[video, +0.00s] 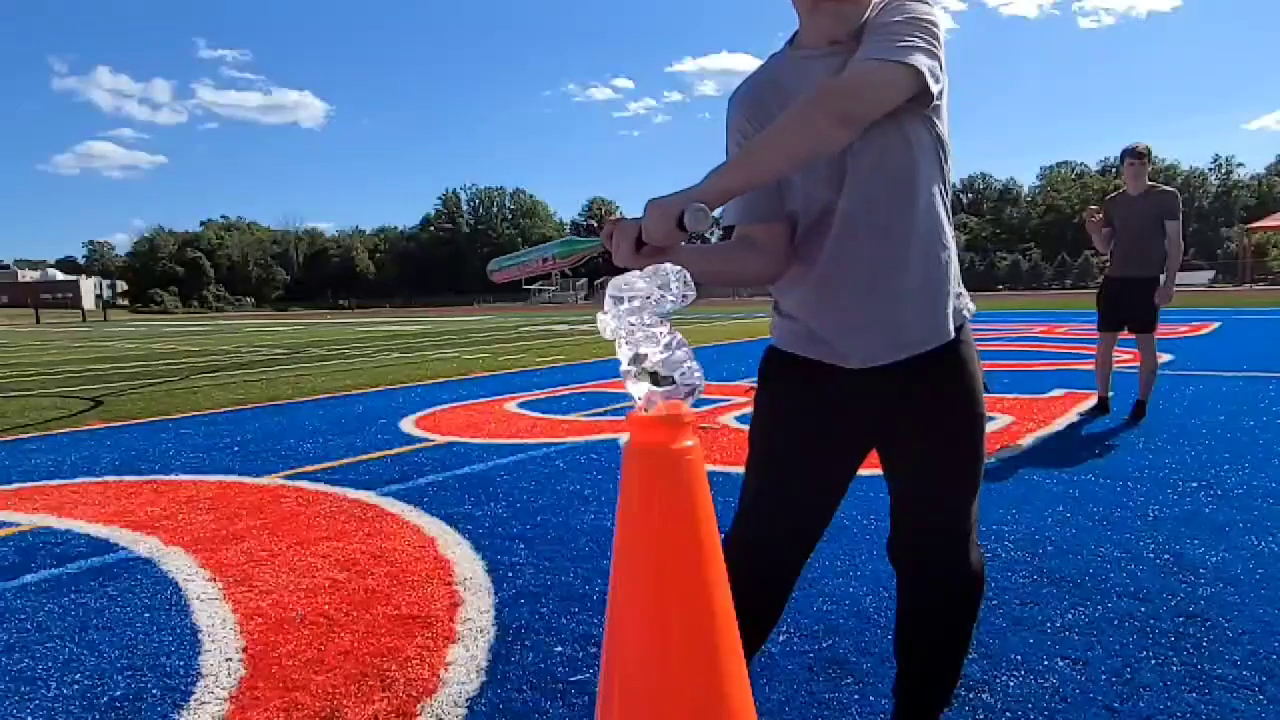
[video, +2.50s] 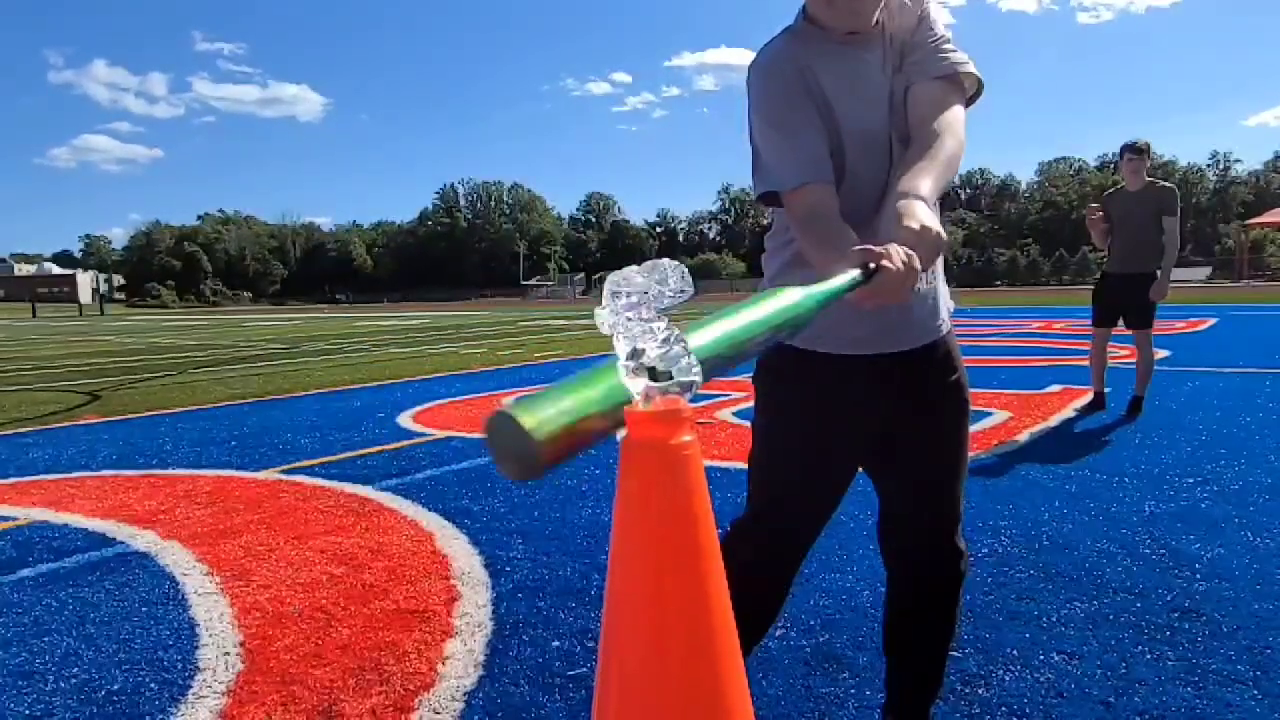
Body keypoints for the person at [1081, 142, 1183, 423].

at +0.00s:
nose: (1135, 165)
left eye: (1140, 160)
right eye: (1130, 161)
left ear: (1148, 165)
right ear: (1122, 167)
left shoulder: (1167, 197)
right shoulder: (1113, 202)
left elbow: (1174, 242)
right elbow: (1104, 247)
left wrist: (1168, 284)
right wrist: (1094, 229)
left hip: (1146, 281)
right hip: (1115, 280)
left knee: (1145, 343)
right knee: (1106, 341)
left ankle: (1141, 402)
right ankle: (1102, 399)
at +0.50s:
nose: (1136, 166)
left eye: (1141, 161)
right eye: (1130, 162)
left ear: (1149, 165)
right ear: (1122, 167)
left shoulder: (1166, 197)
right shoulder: (1112, 202)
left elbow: (1174, 243)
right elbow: (1103, 246)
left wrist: (1167, 282)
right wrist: (1095, 229)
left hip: (1146, 281)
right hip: (1114, 280)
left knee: (1145, 345)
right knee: (1104, 342)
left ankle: (1141, 401)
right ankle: (1102, 399)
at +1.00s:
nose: (1136, 165)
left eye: (1141, 161)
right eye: (1131, 161)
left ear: (1149, 165)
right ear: (1122, 166)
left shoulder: (1166, 196)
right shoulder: (1112, 201)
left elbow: (1174, 242)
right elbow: (1103, 245)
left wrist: (1167, 280)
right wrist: (1095, 227)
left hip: (1146, 279)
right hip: (1114, 279)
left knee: (1145, 343)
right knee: (1104, 341)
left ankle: (1141, 400)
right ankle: (1101, 398)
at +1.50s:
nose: (1136, 165)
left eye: (1141, 160)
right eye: (1131, 160)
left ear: (1149, 163)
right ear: (1122, 165)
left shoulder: (1166, 194)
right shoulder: (1112, 199)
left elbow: (1173, 240)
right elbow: (1102, 244)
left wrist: (1166, 279)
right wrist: (1095, 227)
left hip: (1145, 278)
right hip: (1113, 277)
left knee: (1144, 342)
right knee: (1102, 338)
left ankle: (1139, 400)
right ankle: (1100, 396)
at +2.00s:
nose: (1136, 164)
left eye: (1141, 159)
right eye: (1130, 159)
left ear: (1149, 162)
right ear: (1121, 164)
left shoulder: (1166, 193)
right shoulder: (1112, 198)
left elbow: (1172, 239)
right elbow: (1102, 243)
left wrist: (1165, 277)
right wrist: (1094, 225)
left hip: (1144, 277)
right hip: (1112, 276)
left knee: (1143, 341)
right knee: (1101, 338)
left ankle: (1139, 399)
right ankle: (1099, 395)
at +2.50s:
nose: (1134, 164)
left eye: (1139, 159)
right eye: (1129, 159)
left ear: (1148, 163)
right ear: (1120, 164)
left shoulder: (1165, 193)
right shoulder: (1111, 198)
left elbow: (1172, 239)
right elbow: (1102, 243)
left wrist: (1163, 278)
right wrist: (1094, 226)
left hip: (1143, 277)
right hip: (1111, 277)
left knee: (1142, 341)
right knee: (1099, 339)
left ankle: (1138, 398)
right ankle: (1098, 395)